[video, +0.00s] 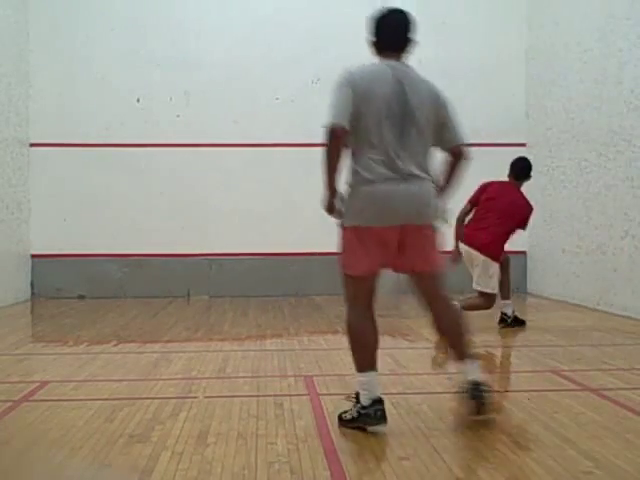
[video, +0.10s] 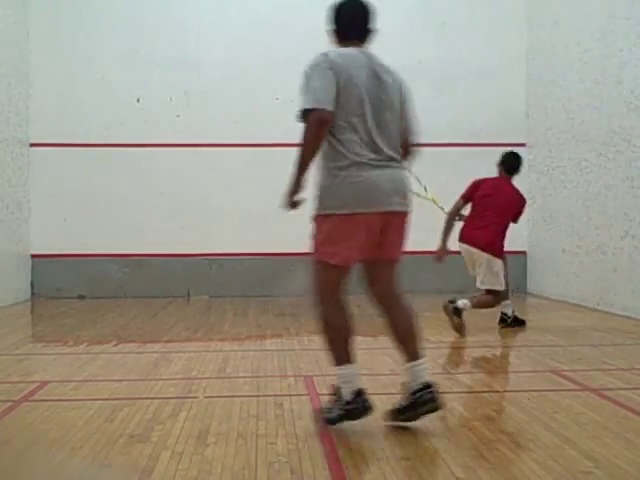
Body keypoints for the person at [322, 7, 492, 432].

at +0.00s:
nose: (389, 44)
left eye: (381, 36)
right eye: (400, 37)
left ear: (374, 41)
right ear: (409, 43)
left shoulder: (355, 79)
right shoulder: (426, 88)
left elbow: (337, 134)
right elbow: (458, 151)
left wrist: (331, 190)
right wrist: (438, 195)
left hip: (367, 205)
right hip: (418, 205)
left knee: (360, 304)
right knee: (436, 295)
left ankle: (370, 401)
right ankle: (472, 378)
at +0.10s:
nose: (338, 31)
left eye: (336, 25)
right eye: (349, 24)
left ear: (335, 30)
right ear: (370, 31)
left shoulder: (327, 64)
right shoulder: (391, 75)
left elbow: (319, 121)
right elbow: (407, 143)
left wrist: (296, 182)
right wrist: (378, 173)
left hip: (346, 195)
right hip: (395, 193)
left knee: (329, 292)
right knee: (385, 286)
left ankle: (350, 390)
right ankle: (420, 383)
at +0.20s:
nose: (291, 44)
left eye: (292, 37)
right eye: (297, 37)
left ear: (297, 39)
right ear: (328, 38)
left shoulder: (304, 72)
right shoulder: (342, 76)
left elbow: (296, 132)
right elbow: (347, 147)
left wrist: (259, 199)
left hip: (324, 210)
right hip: (360, 208)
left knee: (269, 293)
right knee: (362, 302)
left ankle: (298, 398)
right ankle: (405, 401)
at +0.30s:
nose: (253, 59)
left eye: (253, 51)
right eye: (262, 51)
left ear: (254, 54)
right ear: (287, 52)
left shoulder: (266, 89)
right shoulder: (295, 91)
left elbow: (259, 143)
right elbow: (281, 175)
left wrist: (211, 197)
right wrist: (230, 211)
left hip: (282, 231)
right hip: (314, 229)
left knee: (219, 307)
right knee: (334, 313)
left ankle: (257, 418)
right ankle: (398, 394)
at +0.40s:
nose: (193, 64)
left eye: (194, 57)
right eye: (198, 55)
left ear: (200, 57)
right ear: (229, 56)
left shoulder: (216, 92)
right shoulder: (235, 95)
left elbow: (197, 150)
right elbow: (221, 183)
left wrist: (139, 202)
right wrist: (168, 218)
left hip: (235, 232)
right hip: (250, 231)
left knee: (194, 327)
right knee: (228, 322)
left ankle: (256, 425)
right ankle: (314, 363)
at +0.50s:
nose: (130, 81)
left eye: (130, 73)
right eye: (133, 72)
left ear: (134, 73)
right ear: (162, 68)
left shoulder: (167, 108)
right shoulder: (164, 113)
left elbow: (123, 169)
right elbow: (150, 197)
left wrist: (61, 220)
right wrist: (86, 217)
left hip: (195, 244)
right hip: (178, 243)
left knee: (167, 343)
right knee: (121, 295)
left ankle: (254, 423)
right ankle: (177, 369)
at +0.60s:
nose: (57, 97)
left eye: (58, 89)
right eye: (60, 88)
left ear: (65, 88)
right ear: (89, 82)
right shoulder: (94, 121)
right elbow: (70, 198)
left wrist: (9, 222)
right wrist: (19, 214)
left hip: (136, 255)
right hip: (113, 252)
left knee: (141, 358)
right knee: (46, 302)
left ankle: (242, 415)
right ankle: (8, 379)